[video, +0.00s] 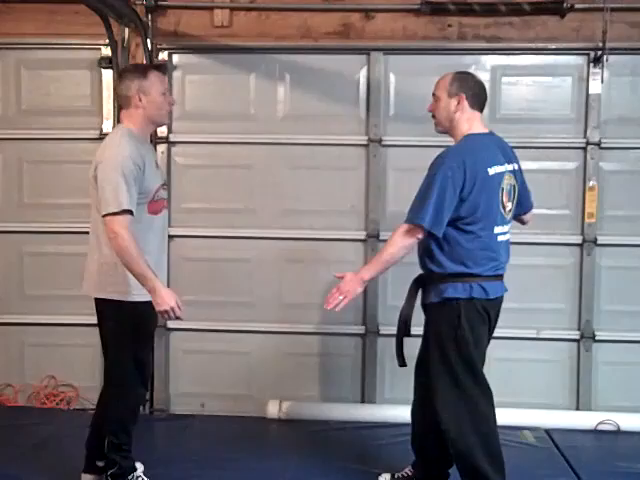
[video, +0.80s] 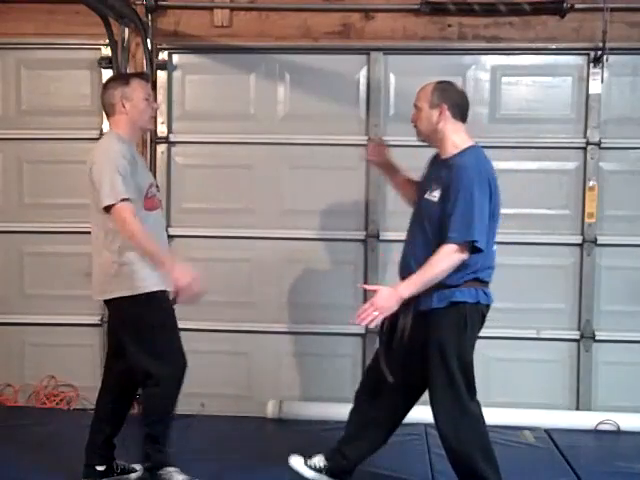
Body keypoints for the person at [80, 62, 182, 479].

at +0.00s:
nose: (172, 101)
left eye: (170, 93)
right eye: (165, 93)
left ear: (141, 101)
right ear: (138, 100)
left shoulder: (141, 147)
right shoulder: (118, 152)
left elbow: (136, 223)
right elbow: (116, 231)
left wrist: (154, 286)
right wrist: (156, 287)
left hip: (137, 288)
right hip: (121, 290)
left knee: (126, 382)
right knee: (127, 383)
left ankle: (99, 463)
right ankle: (116, 467)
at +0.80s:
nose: (155, 106)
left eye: (154, 100)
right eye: (148, 100)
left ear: (127, 107)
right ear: (122, 105)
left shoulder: (129, 152)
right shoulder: (112, 150)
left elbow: (136, 222)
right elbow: (123, 218)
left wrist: (165, 278)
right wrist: (172, 264)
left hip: (138, 284)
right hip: (132, 284)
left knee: (122, 376)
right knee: (168, 367)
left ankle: (100, 462)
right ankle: (156, 463)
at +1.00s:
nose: (158, 108)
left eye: (156, 101)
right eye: (150, 101)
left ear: (127, 111)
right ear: (126, 109)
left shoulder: (127, 152)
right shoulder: (123, 153)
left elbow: (164, 201)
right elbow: (184, 186)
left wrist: (192, 232)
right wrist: (249, 172)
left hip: (141, 282)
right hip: (146, 283)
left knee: (133, 376)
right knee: (183, 370)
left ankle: (100, 461)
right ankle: (215, 463)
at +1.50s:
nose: (236, 115)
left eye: (233, 108)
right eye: (230, 109)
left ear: (196, 118)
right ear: (208, 114)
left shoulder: (169, 169)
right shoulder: (228, 144)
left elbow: (194, 226)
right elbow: (297, 176)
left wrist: (259, 232)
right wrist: (262, 172)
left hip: (191, 292)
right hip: (232, 287)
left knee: (197, 368)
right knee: (261, 381)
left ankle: (145, 446)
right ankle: (266, 469)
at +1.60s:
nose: (244, 114)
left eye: (242, 107)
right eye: (239, 107)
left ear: (202, 115)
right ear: (217, 111)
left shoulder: (174, 167)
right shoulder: (239, 140)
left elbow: (194, 224)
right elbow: (313, 166)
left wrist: (258, 228)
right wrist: (297, 148)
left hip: (193, 288)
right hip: (240, 283)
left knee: (194, 371)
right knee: (260, 380)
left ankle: (155, 460)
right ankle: (267, 468)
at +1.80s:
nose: (248, 115)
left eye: (246, 107)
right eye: (243, 107)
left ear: (205, 112)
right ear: (221, 108)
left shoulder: (175, 161)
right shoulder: (244, 140)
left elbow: (203, 211)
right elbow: (325, 148)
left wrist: (263, 201)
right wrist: (372, 138)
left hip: (195, 288)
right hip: (243, 284)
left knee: (185, 374)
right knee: (261, 380)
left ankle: (152, 460)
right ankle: (267, 469)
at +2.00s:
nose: (251, 117)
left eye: (250, 109)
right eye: (247, 109)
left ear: (207, 111)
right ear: (227, 108)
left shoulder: (173, 159)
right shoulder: (253, 142)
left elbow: (176, 225)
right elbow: (330, 148)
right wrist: (375, 136)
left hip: (194, 290)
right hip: (246, 285)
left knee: (178, 377)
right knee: (263, 379)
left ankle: (151, 464)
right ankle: (266, 467)